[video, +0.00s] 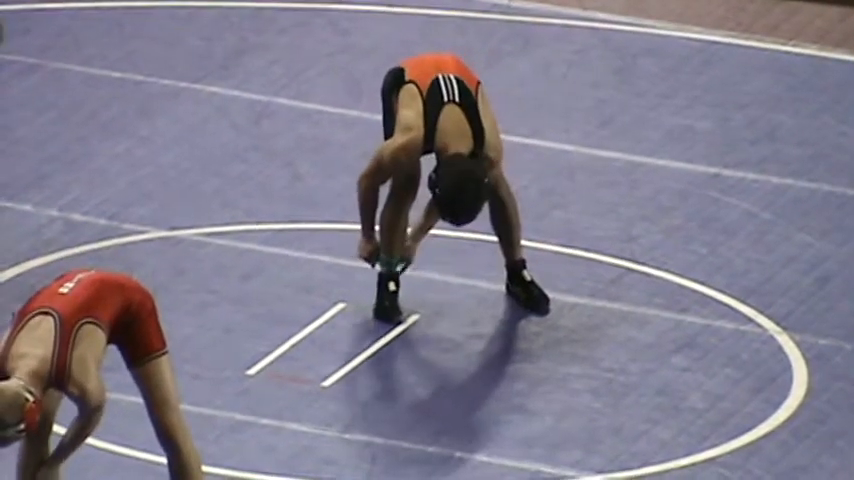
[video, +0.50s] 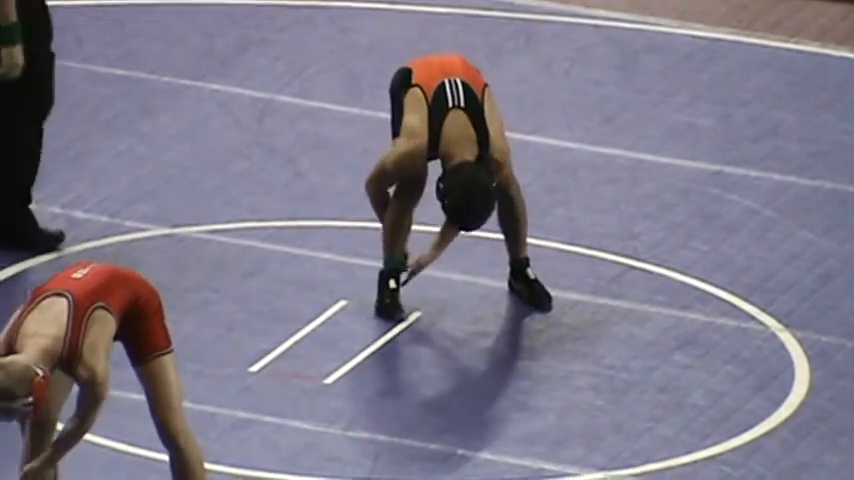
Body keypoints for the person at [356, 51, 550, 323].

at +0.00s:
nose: (448, 220)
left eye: (456, 220)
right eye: (446, 216)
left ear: (482, 186)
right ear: (435, 183)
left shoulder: (490, 154)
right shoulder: (406, 145)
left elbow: (441, 201)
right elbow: (368, 183)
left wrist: (414, 240)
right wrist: (368, 238)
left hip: (464, 79)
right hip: (407, 80)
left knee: (499, 188)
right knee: (404, 188)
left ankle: (518, 274)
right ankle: (389, 282)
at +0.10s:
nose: (451, 220)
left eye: (459, 220)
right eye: (448, 216)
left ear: (484, 186)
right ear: (437, 182)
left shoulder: (492, 152)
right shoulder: (407, 145)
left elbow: (444, 197)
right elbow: (370, 183)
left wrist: (420, 236)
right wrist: (371, 238)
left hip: (466, 77)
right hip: (409, 78)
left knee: (502, 187)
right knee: (405, 187)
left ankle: (519, 273)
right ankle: (390, 280)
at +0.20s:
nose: (451, 220)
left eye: (459, 220)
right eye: (449, 215)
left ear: (486, 185)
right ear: (439, 185)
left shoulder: (494, 153)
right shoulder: (407, 147)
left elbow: (446, 199)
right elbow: (372, 185)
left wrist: (422, 237)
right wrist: (377, 239)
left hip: (467, 77)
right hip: (411, 78)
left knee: (504, 186)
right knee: (406, 186)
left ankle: (520, 272)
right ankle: (390, 278)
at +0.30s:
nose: (456, 223)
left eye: (464, 222)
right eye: (451, 216)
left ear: (488, 186)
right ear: (440, 187)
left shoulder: (495, 153)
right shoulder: (409, 147)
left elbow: (452, 205)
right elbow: (374, 187)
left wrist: (428, 246)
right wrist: (389, 243)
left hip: (468, 76)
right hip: (412, 77)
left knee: (505, 186)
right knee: (407, 187)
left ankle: (521, 272)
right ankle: (390, 274)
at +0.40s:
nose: (455, 226)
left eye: (462, 223)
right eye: (452, 218)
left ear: (489, 186)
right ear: (443, 189)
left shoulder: (497, 152)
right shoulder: (412, 148)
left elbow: (457, 214)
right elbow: (374, 186)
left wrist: (432, 251)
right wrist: (391, 229)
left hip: (470, 78)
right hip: (415, 78)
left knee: (507, 186)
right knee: (409, 187)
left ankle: (521, 272)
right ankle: (391, 277)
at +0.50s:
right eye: (454, 221)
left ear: (490, 189)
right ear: (443, 191)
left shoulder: (497, 156)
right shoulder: (412, 150)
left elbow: (458, 216)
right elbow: (374, 186)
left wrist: (433, 253)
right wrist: (394, 230)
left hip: (470, 77)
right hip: (415, 78)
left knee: (509, 187)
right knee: (409, 187)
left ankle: (521, 271)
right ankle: (391, 277)